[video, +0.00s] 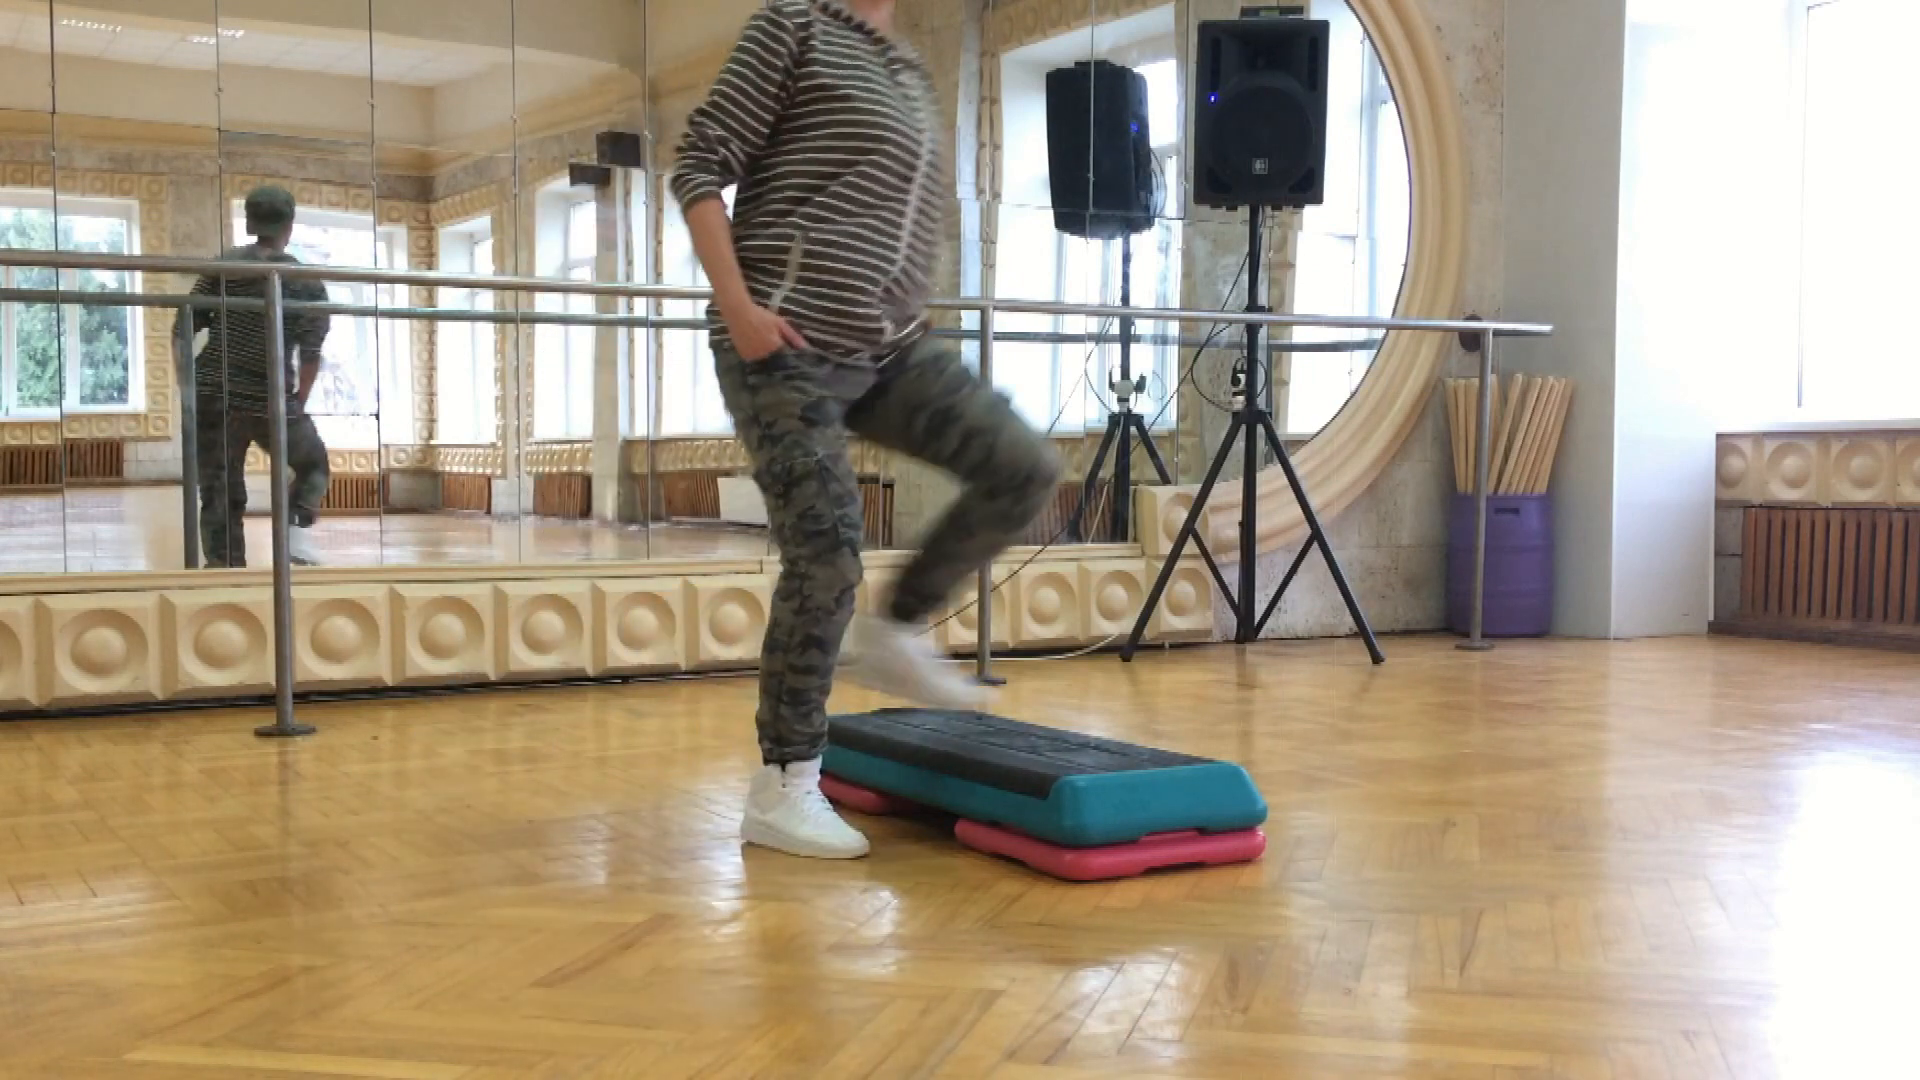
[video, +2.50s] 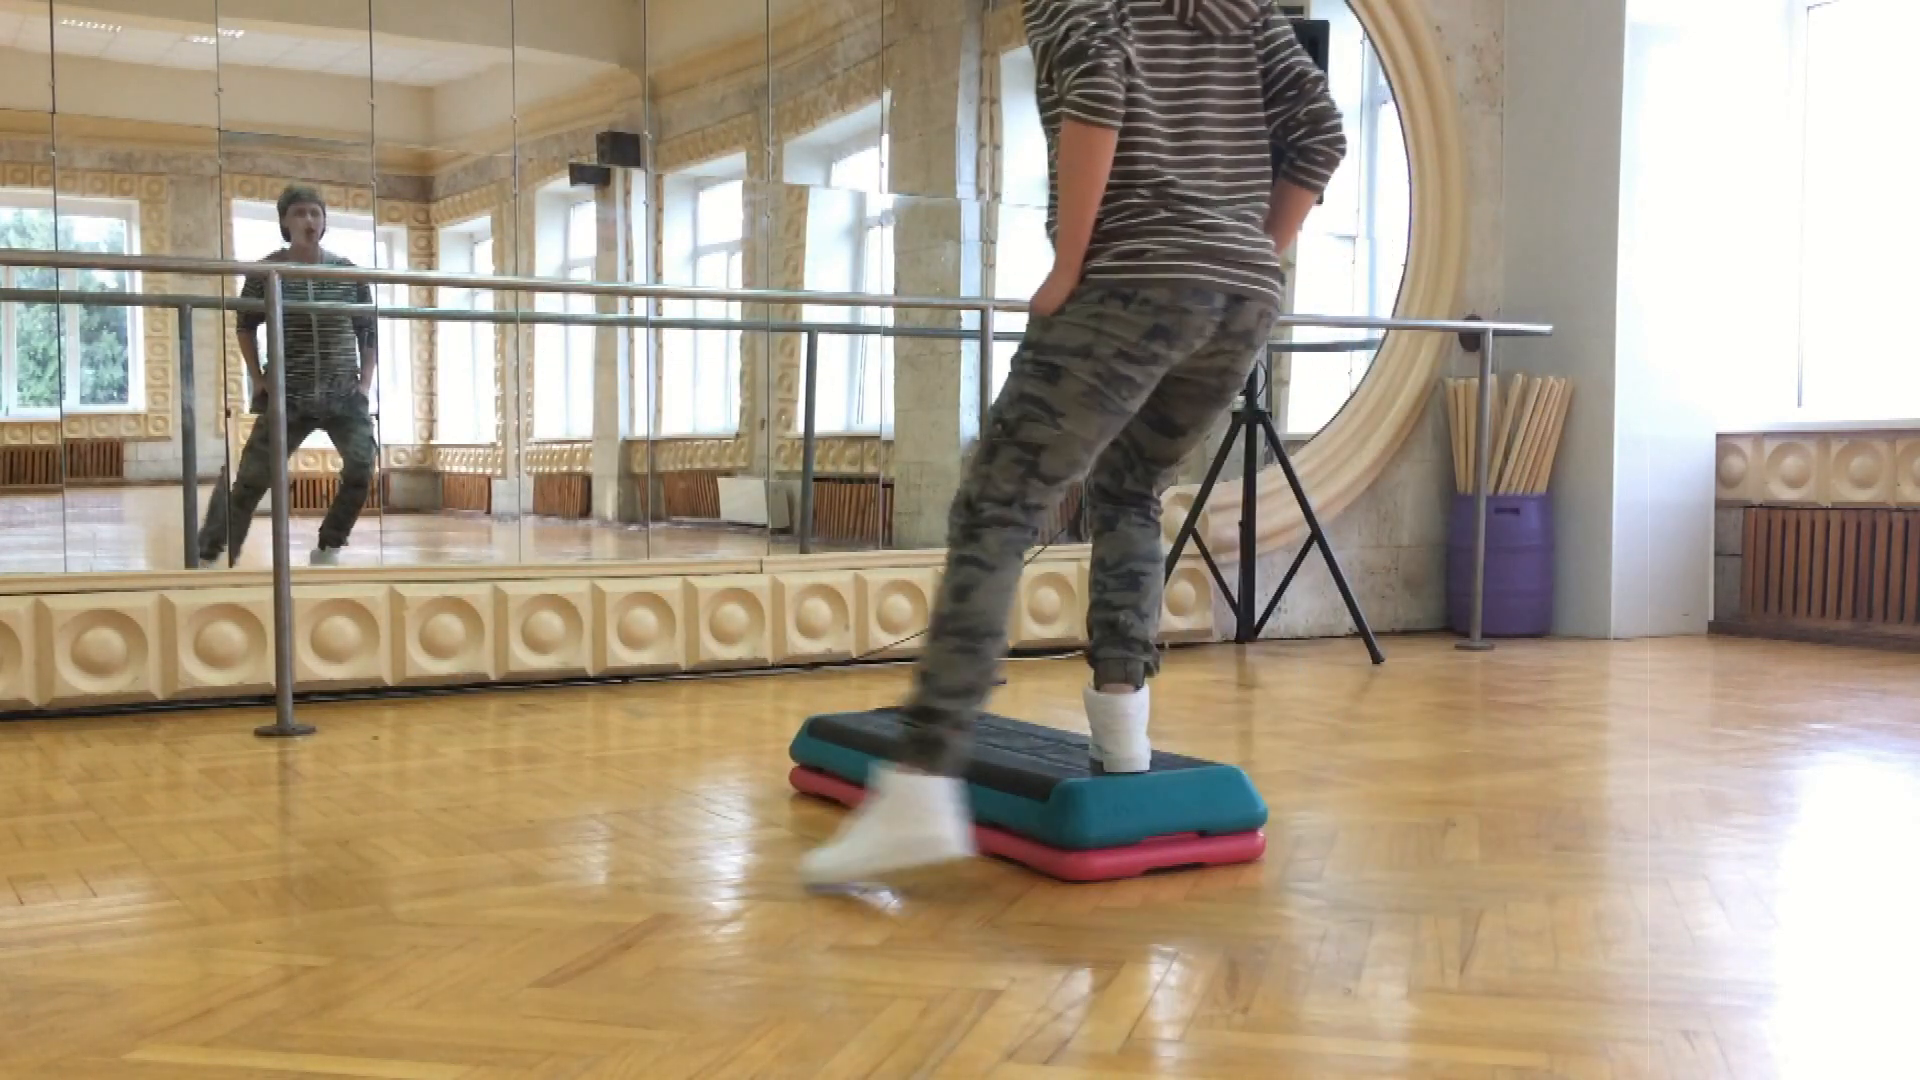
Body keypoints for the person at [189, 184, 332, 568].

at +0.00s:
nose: (284, 230)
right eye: (288, 223)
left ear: (248, 223)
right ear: (289, 226)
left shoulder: (222, 266)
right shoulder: (304, 278)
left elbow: (182, 328)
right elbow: (312, 350)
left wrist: (188, 382)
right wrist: (300, 398)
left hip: (214, 396)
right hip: (269, 398)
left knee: (221, 492)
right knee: (313, 465)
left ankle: (225, 581)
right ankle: (297, 532)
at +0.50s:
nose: (313, 214)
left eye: (308, 207)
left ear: (309, 210)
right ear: (347, 209)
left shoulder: (310, 259)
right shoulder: (365, 253)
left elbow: (323, 325)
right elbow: (393, 317)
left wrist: (327, 382)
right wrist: (381, 363)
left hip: (352, 380)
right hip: (385, 378)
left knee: (352, 481)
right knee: (349, 471)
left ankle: (420, 540)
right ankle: (349, 557)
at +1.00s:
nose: (366, 248)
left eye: (360, 242)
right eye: (369, 241)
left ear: (354, 245)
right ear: (384, 243)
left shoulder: (358, 293)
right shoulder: (409, 288)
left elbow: (367, 354)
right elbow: (441, 342)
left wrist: (376, 398)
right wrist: (428, 387)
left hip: (400, 407)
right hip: (432, 405)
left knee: (421, 501)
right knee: (400, 497)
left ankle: (474, 564)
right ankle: (400, 578)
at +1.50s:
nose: (372, 251)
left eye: (373, 244)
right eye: (365, 243)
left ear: (352, 247)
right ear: (344, 246)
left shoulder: (349, 285)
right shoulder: (334, 286)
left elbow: (334, 348)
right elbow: (315, 349)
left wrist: (359, 389)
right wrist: (353, 396)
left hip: (332, 403)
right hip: (335, 403)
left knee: (336, 495)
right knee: (388, 482)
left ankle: (294, 562)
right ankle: (394, 565)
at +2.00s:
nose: (306, 242)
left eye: (313, 234)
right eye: (298, 234)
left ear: (322, 238)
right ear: (283, 239)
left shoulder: (343, 288)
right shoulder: (263, 283)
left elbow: (353, 348)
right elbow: (244, 340)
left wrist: (352, 396)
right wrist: (249, 397)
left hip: (331, 406)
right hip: (280, 409)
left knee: (350, 469)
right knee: (290, 497)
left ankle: (325, 529)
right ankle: (298, 575)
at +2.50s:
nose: (310, 220)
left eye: (316, 214)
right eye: (300, 214)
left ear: (326, 222)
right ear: (284, 223)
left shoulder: (349, 273)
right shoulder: (266, 271)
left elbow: (369, 336)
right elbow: (244, 326)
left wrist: (363, 386)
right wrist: (257, 376)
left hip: (343, 394)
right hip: (289, 395)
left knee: (362, 467)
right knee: (253, 477)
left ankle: (329, 546)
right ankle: (210, 553)